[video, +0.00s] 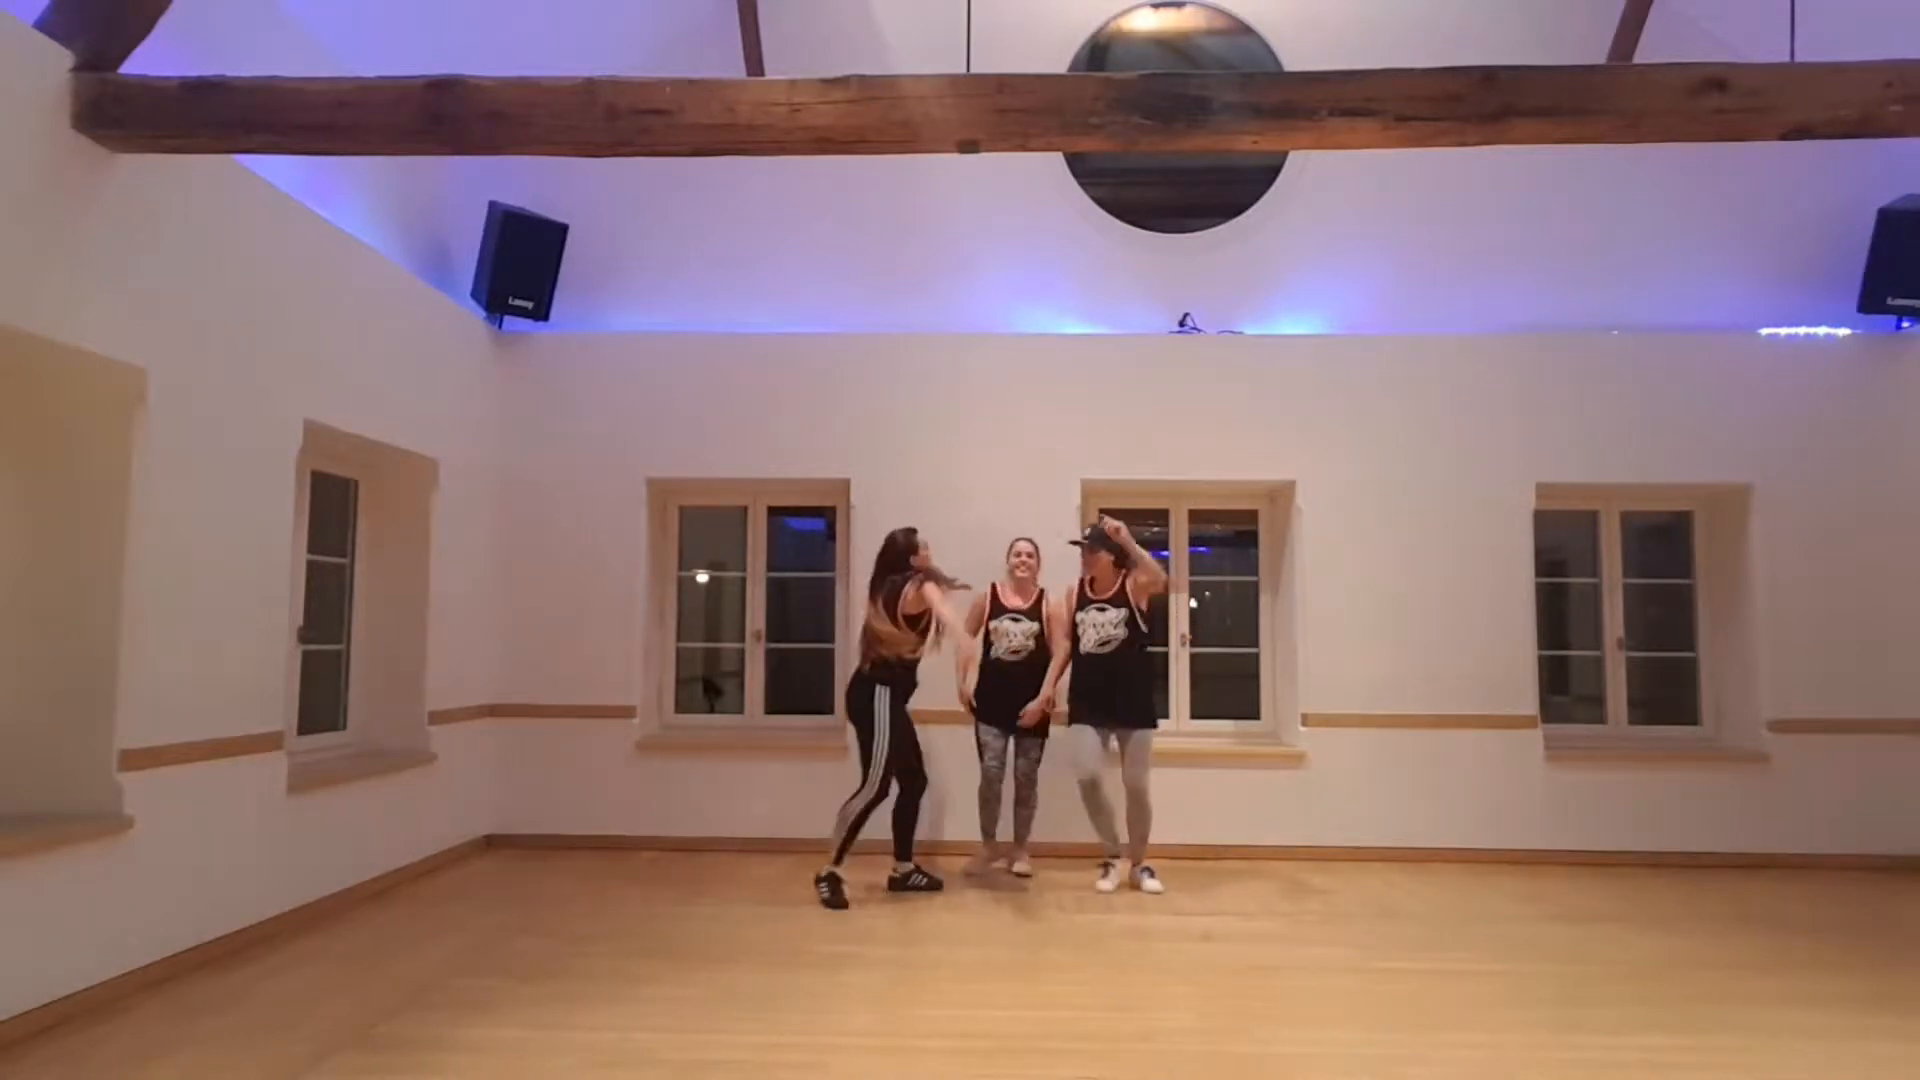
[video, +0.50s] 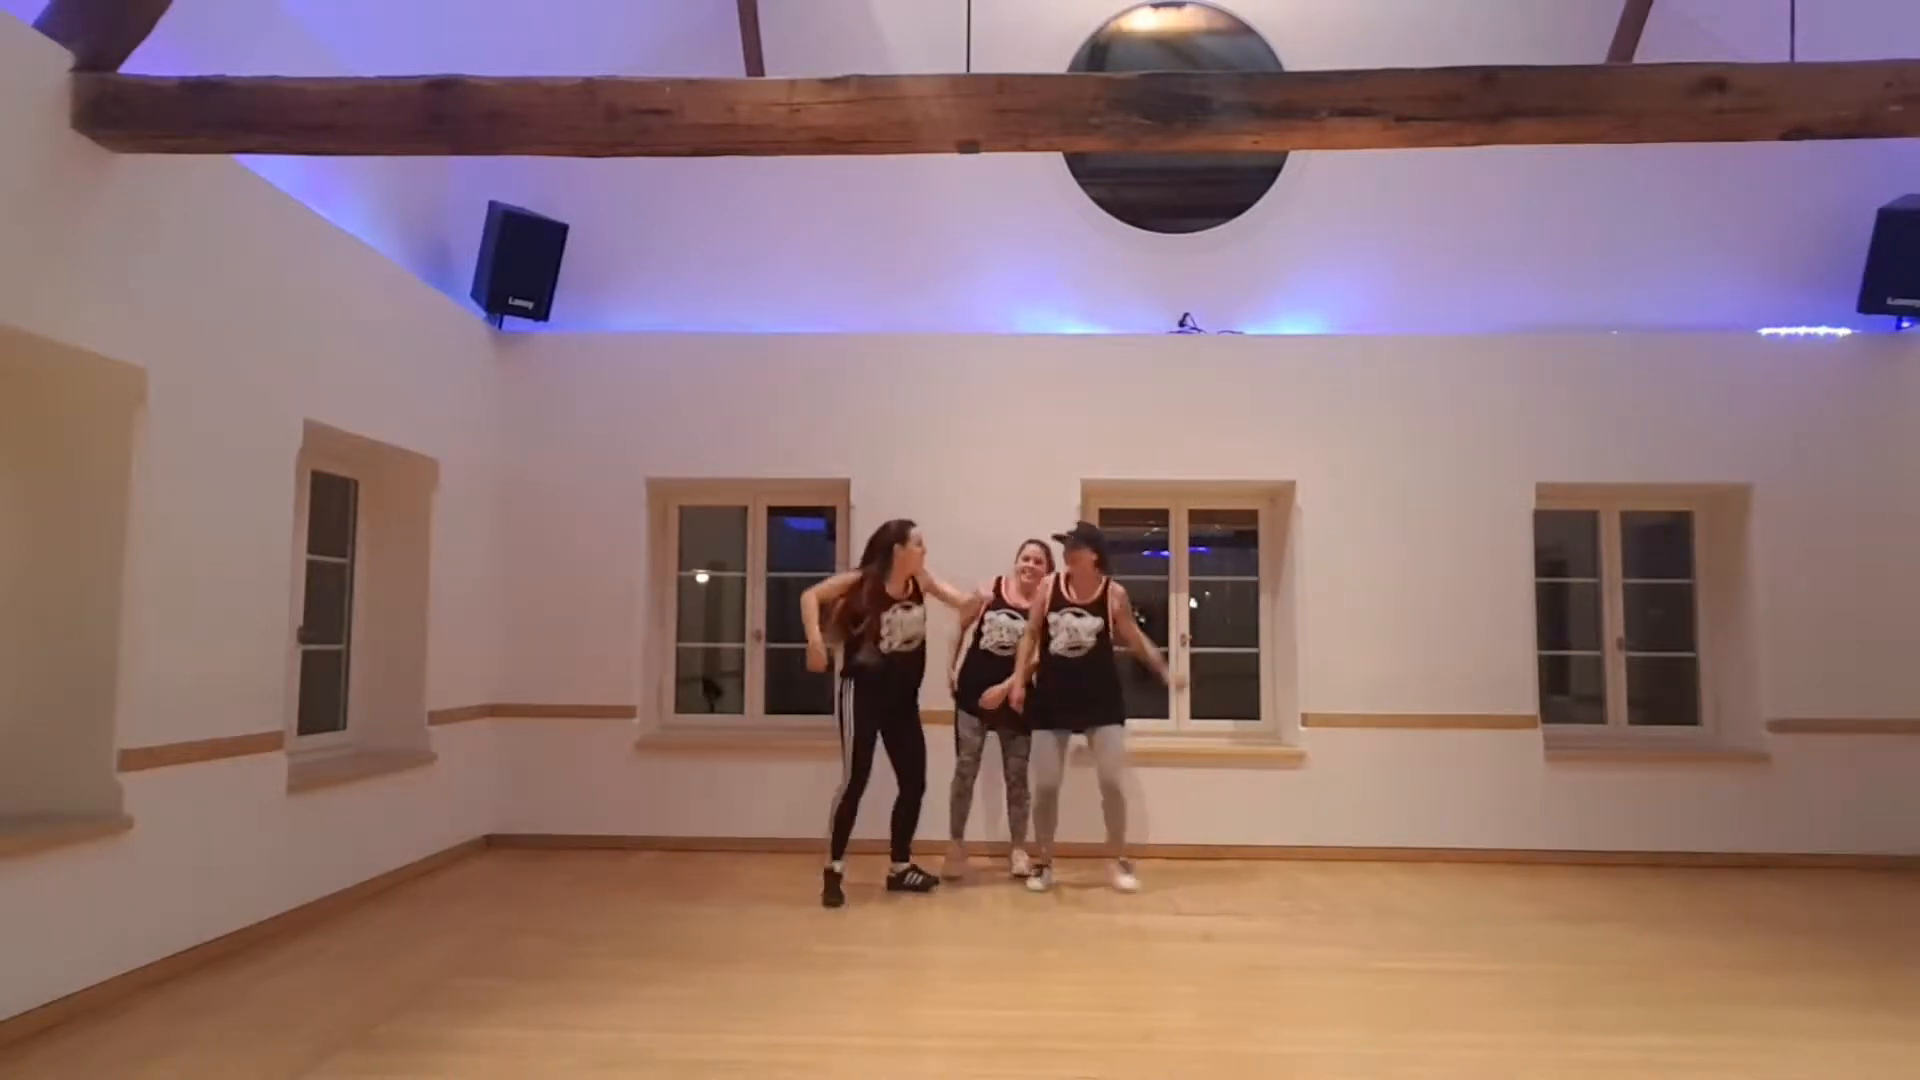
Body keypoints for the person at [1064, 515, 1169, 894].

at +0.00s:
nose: (1085, 557)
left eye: (1092, 552)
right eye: (1084, 551)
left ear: (1111, 555)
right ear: (1084, 554)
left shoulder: (1134, 586)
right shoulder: (1075, 593)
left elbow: (1159, 579)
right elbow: (1065, 647)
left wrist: (1130, 544)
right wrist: (1050, 691)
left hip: (1133, 701)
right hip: (1087, 702)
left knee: (1136, 783)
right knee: (1087, 776)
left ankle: (1140, 864)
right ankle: (1115, 856)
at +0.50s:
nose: (1069, 556)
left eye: (1077, 551)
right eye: (1068, 550)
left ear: (1095, 555)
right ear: (1065, 554)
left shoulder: (1114, 594)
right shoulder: (1049, 587)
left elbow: (1133, 637)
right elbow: (1031, 635)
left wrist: (1163, 672)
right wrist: (1018, 679)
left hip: (1101, 697)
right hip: (1052, 698)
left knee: (1111, 780)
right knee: (1045, 783)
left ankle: (1118, 860)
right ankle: (1042, 863)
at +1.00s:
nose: (1080, 563)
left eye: (1086, 556)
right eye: (1074, 556)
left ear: (1096, 556)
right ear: (1064, 558)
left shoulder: (1117, 582)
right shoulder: (1049, 595)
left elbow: (1169, 588)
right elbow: (1025, 640)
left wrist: (1155, 612)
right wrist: (1035, 686)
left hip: (1112, 700)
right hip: (1064, 703)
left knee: (1139, 769)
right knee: (1055, 788)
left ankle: (1124, 848)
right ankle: (1044, 862)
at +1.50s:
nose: (1167, 602)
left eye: (1174, 594)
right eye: (1164, 595)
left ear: (1193, 592)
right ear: (1160, 595)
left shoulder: (1217, 614)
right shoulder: (1154, 622)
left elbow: (1186, 638)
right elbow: (1129, 669)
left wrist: (1123, 637)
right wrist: (1107, 718)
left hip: (1197, 732)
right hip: (1141, 729)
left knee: (1237, 801)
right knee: (1106, 793)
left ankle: (1247, 875)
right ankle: (1076, 868)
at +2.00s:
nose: (1237, 591)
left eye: (1240, 584)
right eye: (1231, 583)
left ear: (1243, 586)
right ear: (1210, 582)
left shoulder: (1246, 618)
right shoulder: (1182, 608)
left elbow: (1288, 638)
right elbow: (1126, 605)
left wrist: (1300, 601)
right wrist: (1132, 587)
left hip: (1266, 719)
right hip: (1225, 728)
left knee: (1284, 802)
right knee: (1268, 803)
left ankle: (1252, 870)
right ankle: (1248, 873)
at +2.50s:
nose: (1230, 577)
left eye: (1230, 569)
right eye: (1225, 569)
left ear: (1207, 571)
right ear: (1204, 570)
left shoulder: (1203, 605)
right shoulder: (1195, 607)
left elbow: (1250, 638)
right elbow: (1256, 639)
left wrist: (1293, 615)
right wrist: (1299, 609)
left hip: (1208, 720)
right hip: (1171, 721)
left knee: (1255, 791)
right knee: (1158, 802)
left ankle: (1244, 874)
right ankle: (1100, 879)